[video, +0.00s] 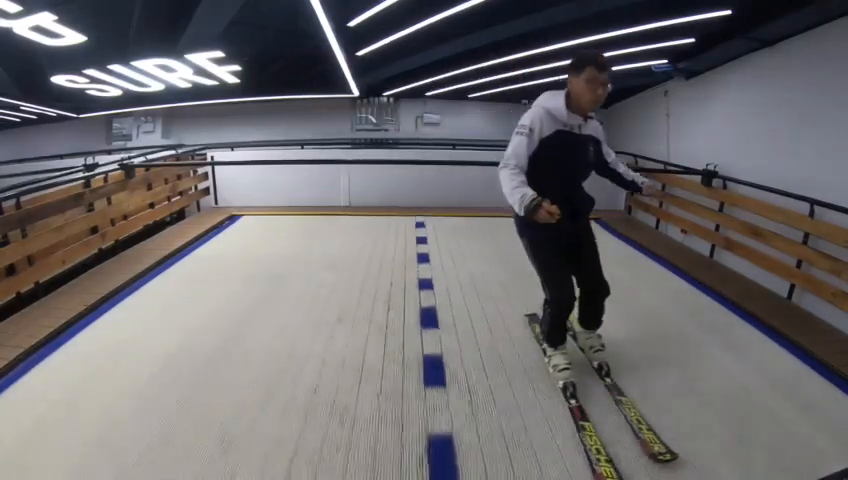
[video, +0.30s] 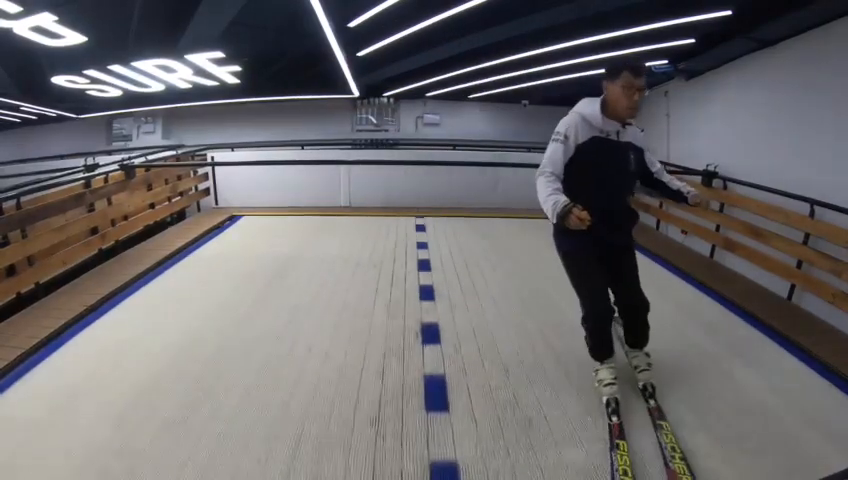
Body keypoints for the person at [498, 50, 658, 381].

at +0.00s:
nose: (601, 93)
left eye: (605, 87)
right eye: (593, 84)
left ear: (607, 89)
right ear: (572, 81)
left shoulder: (591, 126)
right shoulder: (543, 112)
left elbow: (607, 164)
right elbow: (509, 167)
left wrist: (640, 185)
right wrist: (529, 204)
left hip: (575, 214)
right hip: (538, 215)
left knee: (595, 287)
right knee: (561, 293)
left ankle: (587, 329)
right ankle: (553, 344)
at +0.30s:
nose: (636, 99)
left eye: (640, 93)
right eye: (629, 91)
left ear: (642, 94)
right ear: (608, 87)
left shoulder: (633, 137)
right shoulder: (576, 123)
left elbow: (654, 175)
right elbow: (547, 176)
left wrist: (687, 194)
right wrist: (561, 209)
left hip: (616, 229)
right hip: (577, 231)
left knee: (633, 300)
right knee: (597, 306)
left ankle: (636, 350)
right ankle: (604, 363)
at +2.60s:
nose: (251, 82)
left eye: (262, 75)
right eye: (246, 72)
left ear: (276, 82)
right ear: (235, 73)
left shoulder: (285, 125)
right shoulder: (208, 118)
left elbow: (313, 168)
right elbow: (174, 163)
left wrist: (329, 188)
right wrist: (155, 184)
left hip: (264, 241)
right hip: (215, 239)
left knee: (262, 323)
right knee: (214, 321)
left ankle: (235, 377)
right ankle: (186, 377)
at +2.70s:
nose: (284, 79)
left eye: (294, 73)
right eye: (278, 70)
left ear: (305, 79)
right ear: (264, 71)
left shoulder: (313, 122)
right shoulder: (235, 117)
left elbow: (339, 168)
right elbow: (201, 164)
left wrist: (357, 186)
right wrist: (185, 183)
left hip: (292, 239)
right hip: (244, 238)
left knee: (296, 321)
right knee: (247, 322)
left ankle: (265, 378)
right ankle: (215, 380)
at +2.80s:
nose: (319, 76)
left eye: (328, 69)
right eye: (312, 68)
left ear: (336, 75)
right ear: (297, 70)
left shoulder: (343, 121)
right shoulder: (269, 115)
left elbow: (365, 164)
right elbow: (235, 160)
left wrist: (389, 184)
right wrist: (221, 183)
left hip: (326, 232)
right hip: (279, 233)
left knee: (333, 316)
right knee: (285, 321)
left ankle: (304, 373)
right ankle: (249, 383)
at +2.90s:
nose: (357, 74)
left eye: (365, 67)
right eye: (350, 65)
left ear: (373, 72)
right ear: (333, 67)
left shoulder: (375, 120)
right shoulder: (305, 113)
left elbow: (401, 163)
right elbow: (272, 156)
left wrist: (428, 180)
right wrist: (264, 178)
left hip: (362, 228)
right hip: (316, 230)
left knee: (375, 310)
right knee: (326, 318)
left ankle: (349, 367)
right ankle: (288, 383)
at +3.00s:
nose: (400, 71)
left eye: (407, 63)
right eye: (392, 62)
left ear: (413, 67)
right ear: (373, 62)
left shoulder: (416, 114)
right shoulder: (346, 107)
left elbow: (441, 157)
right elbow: (312, 155)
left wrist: (473, 172)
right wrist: (310, 175)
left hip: (402, 224)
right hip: (357, 224)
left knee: (415, 303)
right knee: (364, 311)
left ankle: (392, 361)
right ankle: (326, 380)